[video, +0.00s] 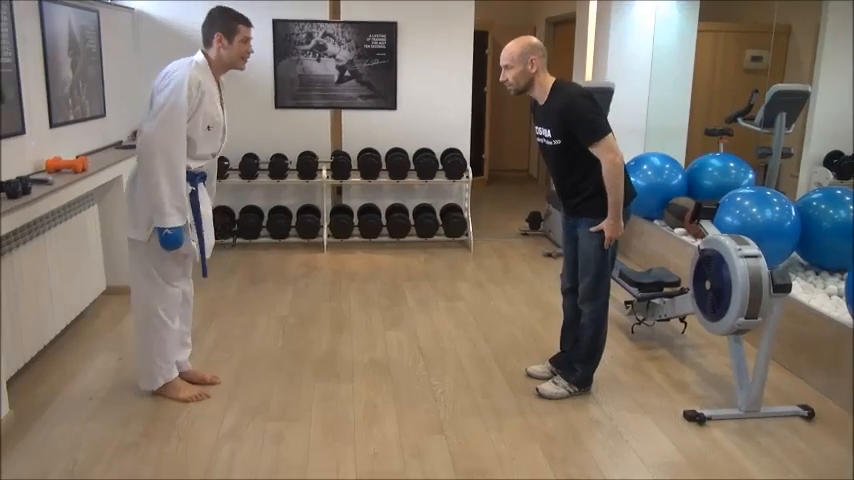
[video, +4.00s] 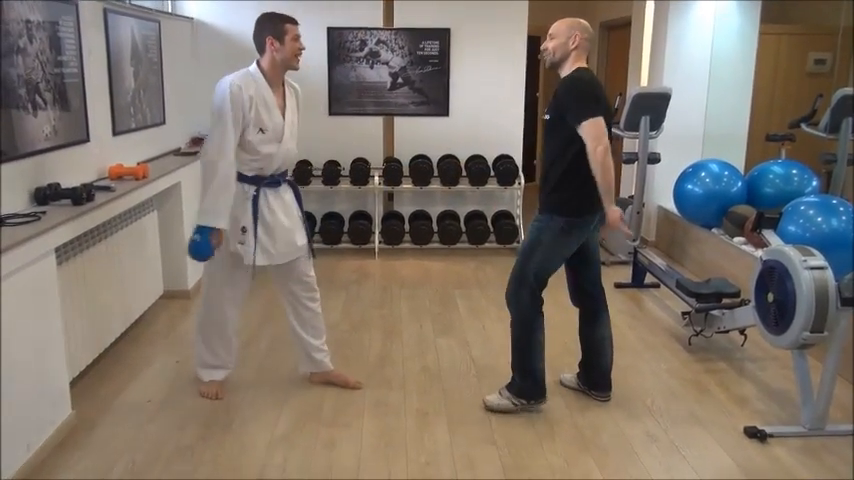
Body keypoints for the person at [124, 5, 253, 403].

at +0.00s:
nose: (250, 51)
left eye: (250, 43)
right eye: (245, 42)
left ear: (221, 43)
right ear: (219, 40)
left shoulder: (208, 80)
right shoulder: (185, 77)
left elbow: (187, 150)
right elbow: (160, 150)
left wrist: (193, 210)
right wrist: (167, 219)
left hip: (188, 195)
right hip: (165, 198)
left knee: (181, 284)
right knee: (161, 290)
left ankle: (180, 363)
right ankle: (160, 378)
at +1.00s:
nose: (313, 119)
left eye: (314, 111)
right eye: (310, 110)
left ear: (286, 108)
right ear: (286, 107)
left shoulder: (258, 129)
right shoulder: (239, 120)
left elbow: (220, 178)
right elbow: (174, 161)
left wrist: (207, 215)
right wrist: (169, 228)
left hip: (186, 194)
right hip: (159, 194)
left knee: (196, 277)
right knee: (176, 280)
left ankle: (203, 356)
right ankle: (189, 369)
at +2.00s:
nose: (277, 88)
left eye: (277, 82)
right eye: (271, 81)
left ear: (252, 82)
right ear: (246, 79)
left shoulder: (257, 126)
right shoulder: (215, 124)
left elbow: (276, 186)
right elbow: (242, 192)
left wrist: (303, 225)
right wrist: (298, 225)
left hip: (263, 236)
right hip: (225, 238)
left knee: (283, 321)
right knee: (218, 333)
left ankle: (303, 405)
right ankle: (205, 425)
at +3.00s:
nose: (361, 76)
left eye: (363, 69)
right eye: (356, 66)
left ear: (336, 70)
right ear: (332, 67)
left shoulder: (338, 112)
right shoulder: (305, 102)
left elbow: (356, 169)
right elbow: (339, 163)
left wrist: (398, 192)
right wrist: (396, 174)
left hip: (304, 211)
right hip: (267, 206)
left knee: (306, 298)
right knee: (244, 302)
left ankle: (309, 383)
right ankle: (221, 394)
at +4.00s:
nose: (302, 47)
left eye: (301, 40)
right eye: (296, 40)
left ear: (276, 45)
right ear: (271, 44)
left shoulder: (293, 92)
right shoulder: (235, 89)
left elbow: (282, 154)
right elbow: (218, 157)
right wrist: (211, 221)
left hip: (281, 196)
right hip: (239, 197)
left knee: (303, 284)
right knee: (225, 289)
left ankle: (318, 365)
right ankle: (211, 371)